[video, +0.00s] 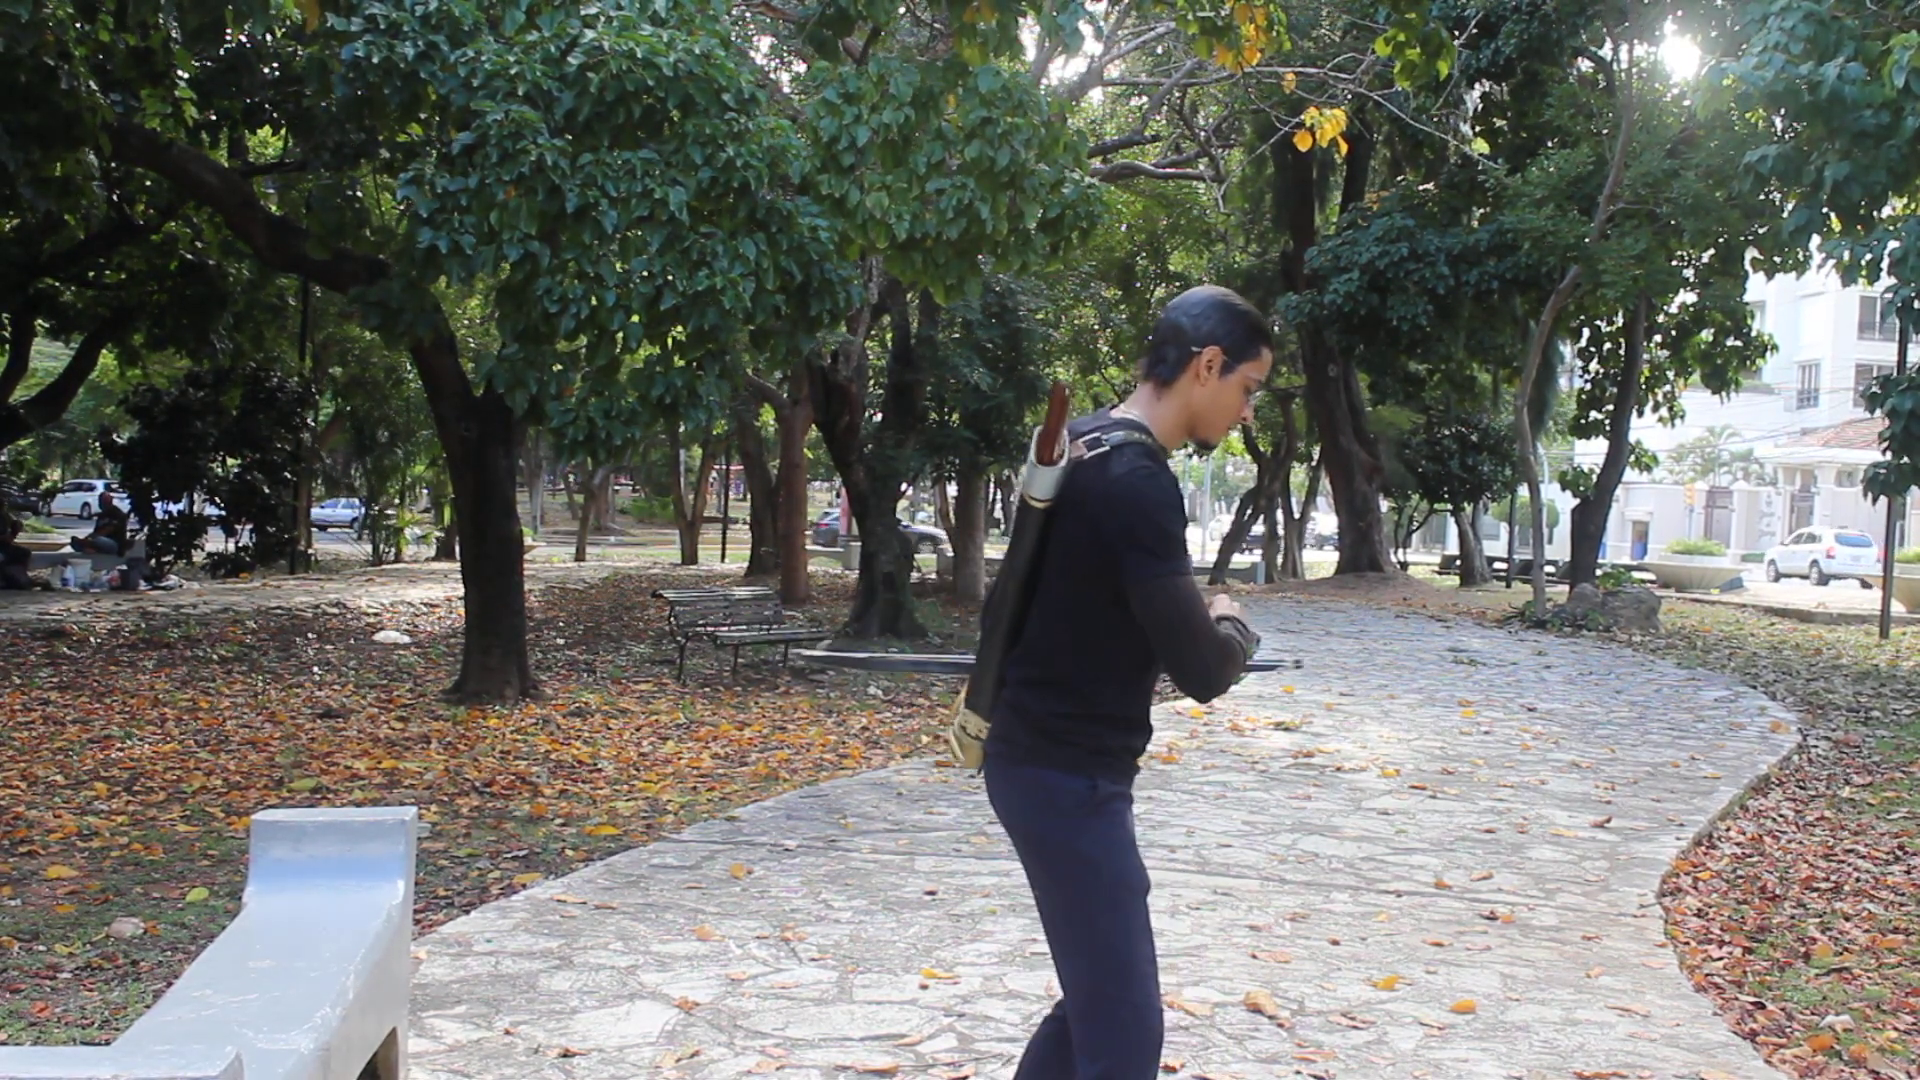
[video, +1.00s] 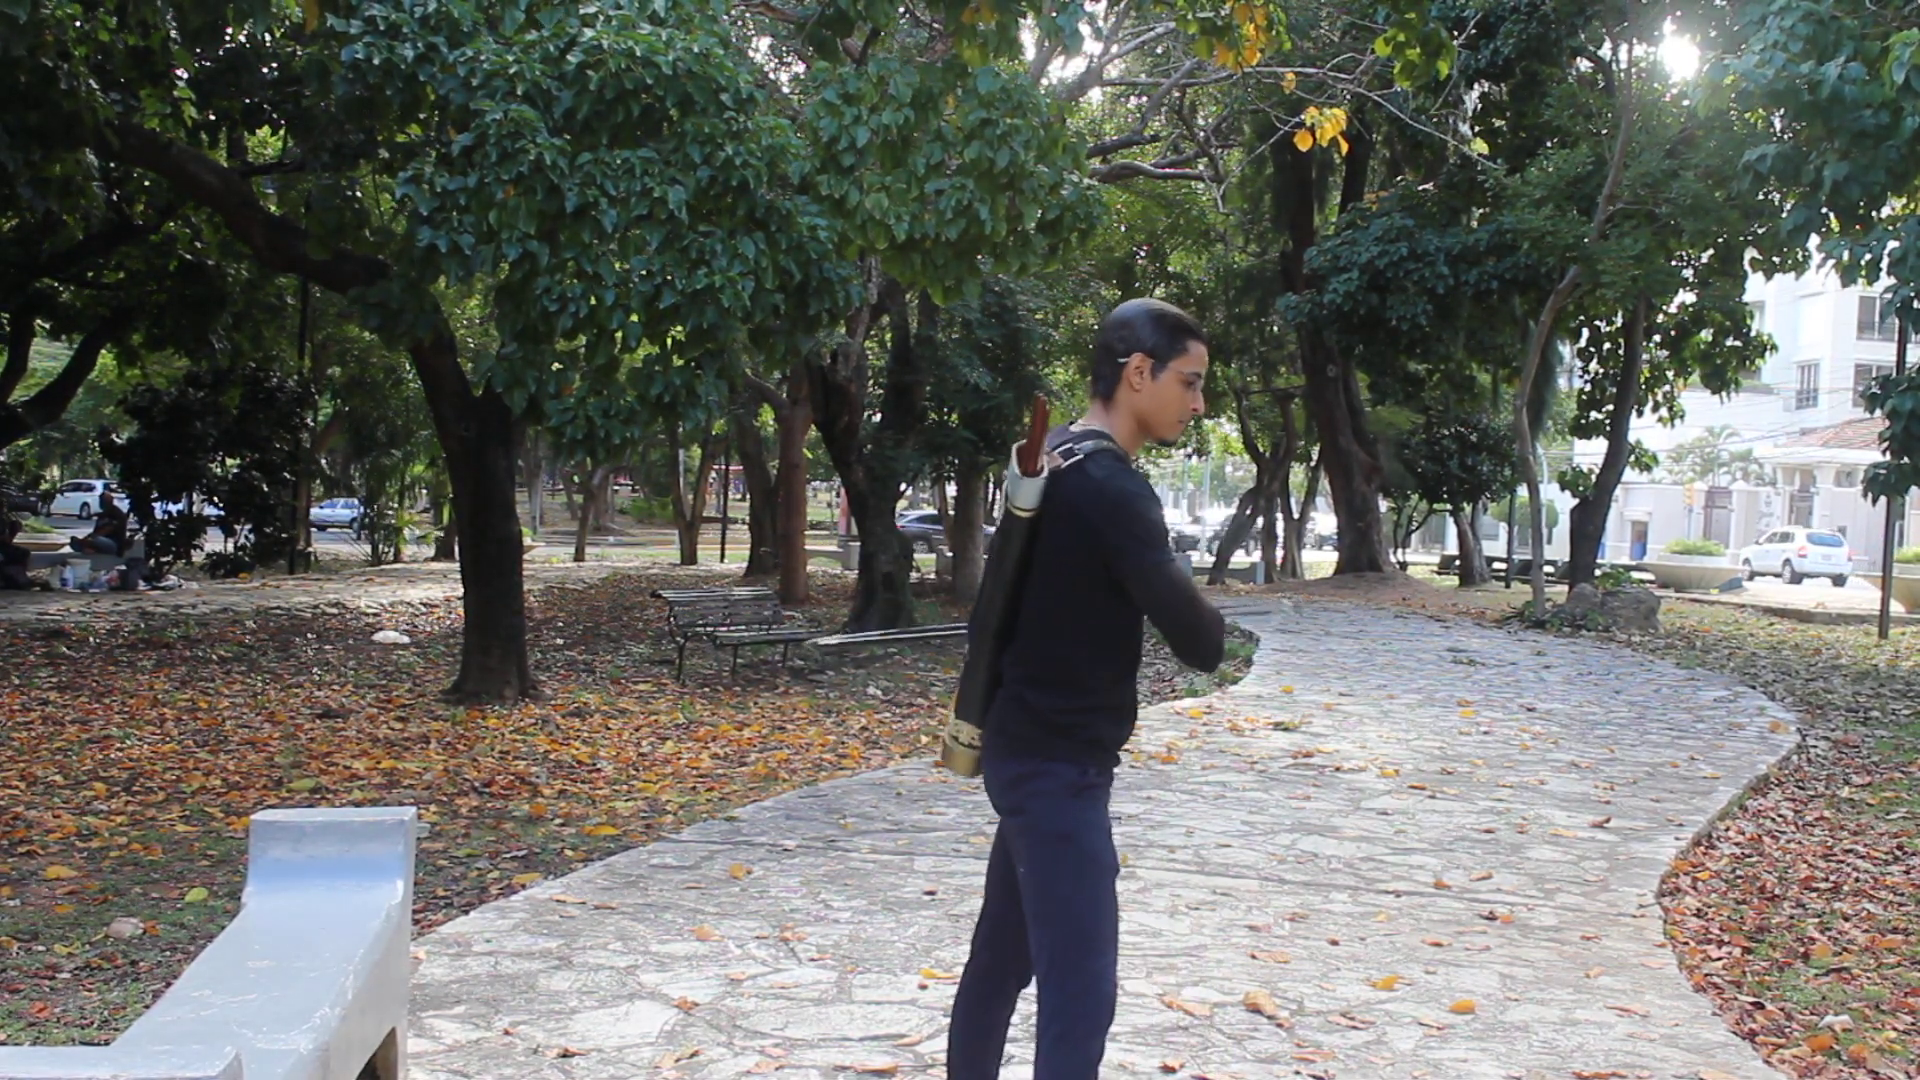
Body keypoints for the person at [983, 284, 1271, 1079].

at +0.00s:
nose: (1247, 413)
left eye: (1255, 395)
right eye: (1249, 388)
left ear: (1183, 363)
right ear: (1203, 364)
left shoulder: (1090, 443)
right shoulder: (1136, 478)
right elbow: (1201, 671)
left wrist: (1197, 615)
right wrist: (1231, 623)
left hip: (1041, 766)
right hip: (1068, 781)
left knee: (1096, 1007)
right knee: (1127, 1031)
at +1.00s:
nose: (1200, 406)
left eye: (1202, 386)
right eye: (1191, 384)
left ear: (1130, 377)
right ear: (1137, 373)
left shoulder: (1059, 458)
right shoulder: (1112, 484)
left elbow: (1007, 601)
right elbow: (1200, 639)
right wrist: (1204, 617)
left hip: (1032, 755)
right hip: (1061, 768)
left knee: (997, 967)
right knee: (1081, 1000)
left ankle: (967, 1075)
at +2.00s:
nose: (1194, 401)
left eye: (1197, 383)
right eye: (1181, 381)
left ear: (1127, 384)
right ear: (1121, 379)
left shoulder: (1034, 461)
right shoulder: (1142, 499)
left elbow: (952, 555)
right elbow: (1225, 638)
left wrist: (884, 610)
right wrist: (1151, 584)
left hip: (1025, 749)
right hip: (1066, 765)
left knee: (1024, 968)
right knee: (1107, 1004)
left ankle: (975, 1075)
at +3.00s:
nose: (1143, 365)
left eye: (1166, 342)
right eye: (1125, 345)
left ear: (1213, 349)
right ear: (1109, 357)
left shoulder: (1271, 461)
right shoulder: (1081, 492)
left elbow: (1386, 491)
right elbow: (994, 648)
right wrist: (1071, 644)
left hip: (1261, 831)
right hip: (1119, 833)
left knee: (1317, 1064)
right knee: (1109, 1064)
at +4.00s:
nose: (1261, 388)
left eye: (1287, 364)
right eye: (1258, 366)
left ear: (1365, 370)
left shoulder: (1305, 495)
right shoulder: (1440, 499)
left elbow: (1144, 582)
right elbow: (1397, 685)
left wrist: (1246, 563)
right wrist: (1265, 690)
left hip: (1322, 888)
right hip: (1389, 876)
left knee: (1253, 1067)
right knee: (1277, 1061)